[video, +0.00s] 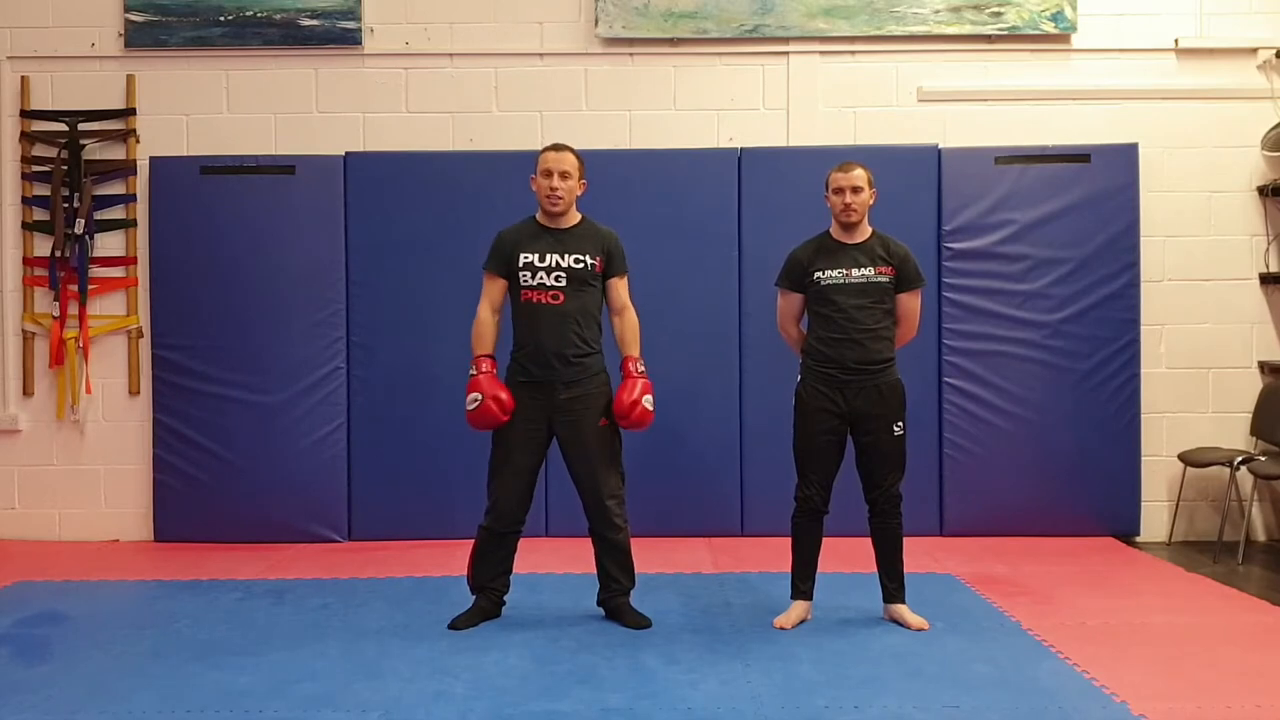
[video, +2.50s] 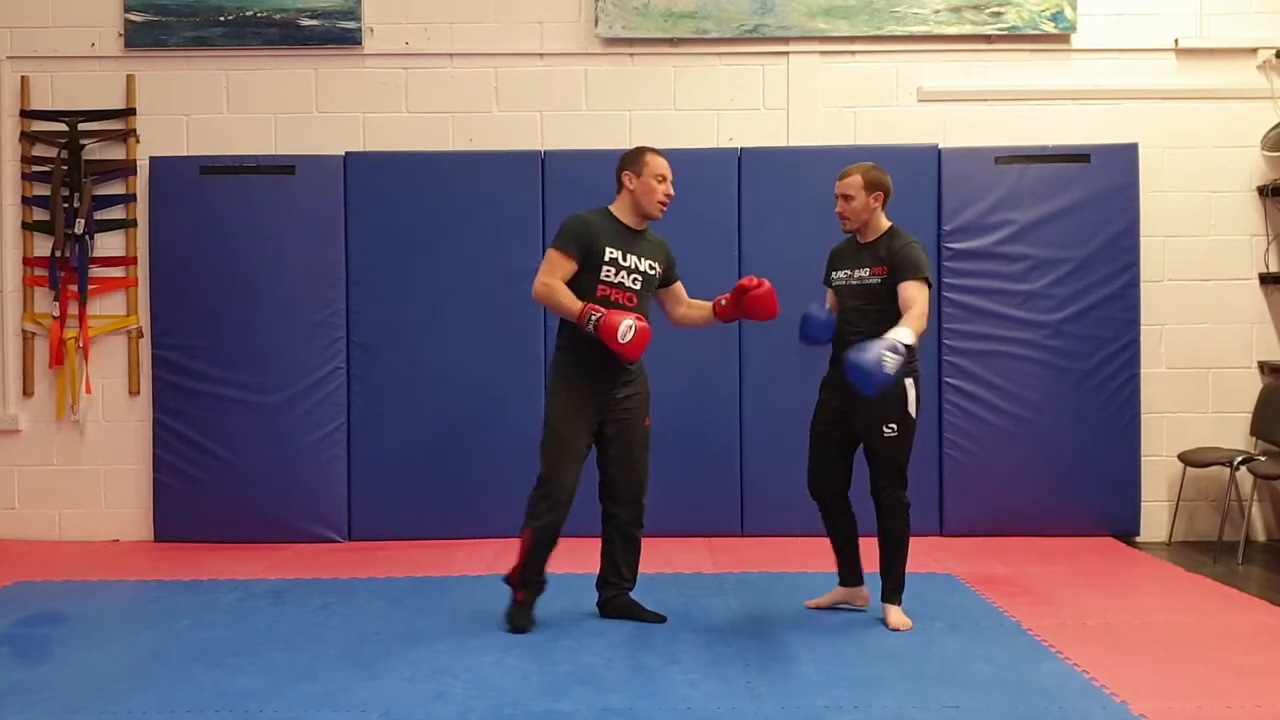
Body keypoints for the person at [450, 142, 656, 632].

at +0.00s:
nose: (554, 184)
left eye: (565, 176)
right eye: (547, 175)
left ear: (580, 185)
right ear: (534, 181)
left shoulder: (603, 241)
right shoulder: (512, 240)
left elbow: (622, 310)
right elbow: (489, 309)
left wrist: (634, 372)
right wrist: (483, 370)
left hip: (586, 388)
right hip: (524, 388)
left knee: (606, 499)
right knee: (505, 500)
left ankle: (616, 598)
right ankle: (488, 597)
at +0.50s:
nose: (559, 183)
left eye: (568, 175)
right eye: (551, 174)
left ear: (582, 184)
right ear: (536, 182)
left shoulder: (604, 243)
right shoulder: (511, 241)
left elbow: (620, 311)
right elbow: (489, 309)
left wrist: (634, 373)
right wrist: (481, 372)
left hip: (587, 389)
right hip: (524, 389)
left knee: (607, 500)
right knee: (504, 501)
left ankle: (616, 597)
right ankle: (488, 597)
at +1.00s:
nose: (543, 192)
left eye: (552, 183)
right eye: (535, 184)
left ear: (575, 185)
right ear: (527, 188)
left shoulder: (603, 242)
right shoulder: (514, 240)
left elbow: (622, 311)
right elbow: (486, 305)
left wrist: (633, 373)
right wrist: (515, 257)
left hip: (587, 389)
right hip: (527, 389)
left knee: (607, 500)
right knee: (505, 498)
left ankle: (616, 598)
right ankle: (488, 597)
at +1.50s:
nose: (540, 188)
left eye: (547, 178)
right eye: (529, 180)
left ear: (557, 182)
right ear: (510, 186)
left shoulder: (580, 240)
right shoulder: (489, 243)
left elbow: (600, 306)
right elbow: (466, 312)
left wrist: (616, 364)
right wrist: (512, 285)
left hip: (573, 388)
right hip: (512, 390)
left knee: (599, 496)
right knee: (496, 500)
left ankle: (615, 597)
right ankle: (487, 598)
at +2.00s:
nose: (588, 186)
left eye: (587, 178)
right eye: (577, 178)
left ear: (579, 185)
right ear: (546, 184)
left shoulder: (587, 242)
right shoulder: (512, 241)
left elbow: (592, 307)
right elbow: (482, 307)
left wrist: (616, 365)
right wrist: (542, 315)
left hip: (585, 390)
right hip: (529, 393)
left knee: (602, 493)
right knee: (507, 498)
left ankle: (614, 594)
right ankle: (489, 597)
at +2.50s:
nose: (668, 190)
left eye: (670, 182)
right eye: (659, 179)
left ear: (660, 188)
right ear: (629, 181)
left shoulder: (659, 251)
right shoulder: (584, 228)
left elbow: (681, 310)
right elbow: (544, 287)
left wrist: (727, 307)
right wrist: (595, 318)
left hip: (628, 384)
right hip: (576, 379)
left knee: (627, 492)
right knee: (557, 487)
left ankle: (615, 594)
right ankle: (524, 592)